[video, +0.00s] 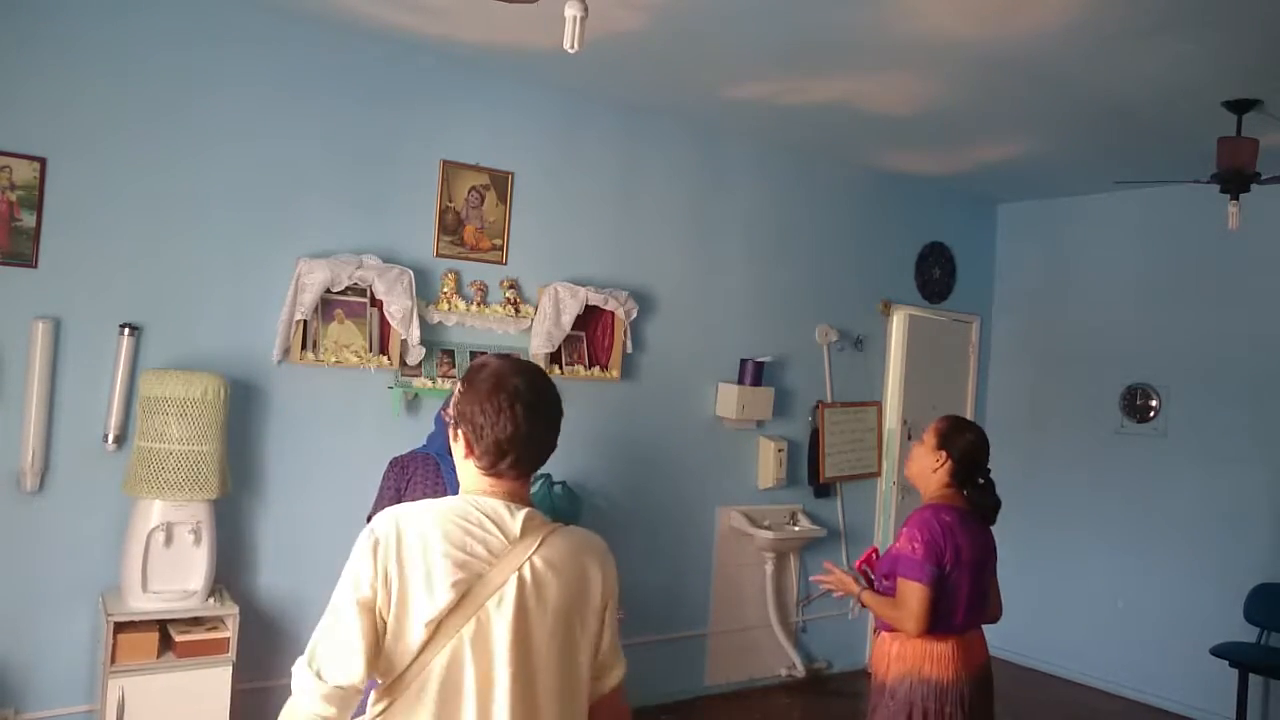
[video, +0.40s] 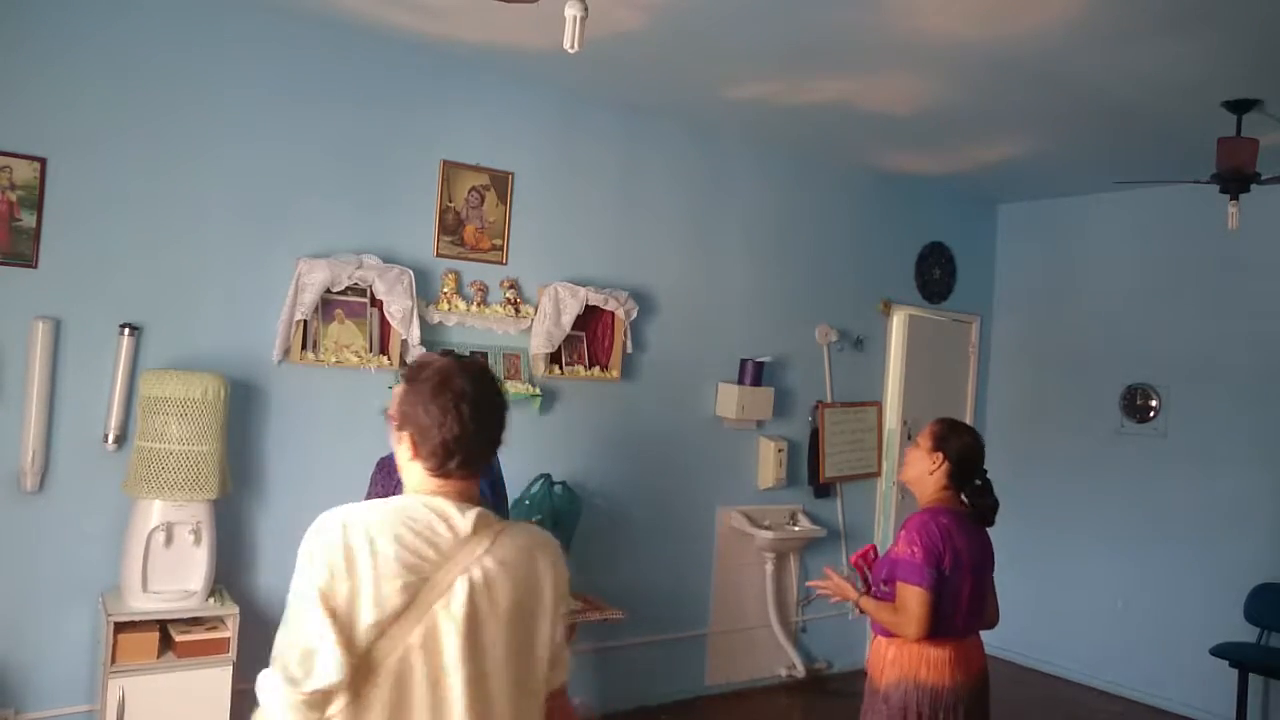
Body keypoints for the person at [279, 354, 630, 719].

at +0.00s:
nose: (447, 430)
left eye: (450, 421)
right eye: (450, 419)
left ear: (460, 440)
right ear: (549, 448)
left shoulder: (391, 536)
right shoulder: (591, 558)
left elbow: (327, 693)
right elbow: (607, 700)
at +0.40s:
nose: (390, 427)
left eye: (393, 418)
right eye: (393, 415)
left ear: (407, 439)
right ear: (494, 444)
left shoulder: (339, 537)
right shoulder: (542, 555)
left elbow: (295, 696)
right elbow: (553, 696)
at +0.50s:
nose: (360, 424)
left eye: (363, 417)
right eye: (363, 415)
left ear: (373, 438)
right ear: (464, 445)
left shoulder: (305, 540)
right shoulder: (516, 556)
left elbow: (256, 703)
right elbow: (546, 705)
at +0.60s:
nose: (330, 426)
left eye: (332, 417)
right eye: (334, 415)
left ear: (341, 437)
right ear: (433, 442)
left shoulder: (277, 539)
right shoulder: (491, 554)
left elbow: (216, 702)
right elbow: (517, 705)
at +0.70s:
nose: (309, 439)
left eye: (308, 429)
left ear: (312, 447)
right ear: (410, 441)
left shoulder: (246, 544)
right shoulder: (465, 554)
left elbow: (171, 704)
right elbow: (482, 699)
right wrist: (513, 713)